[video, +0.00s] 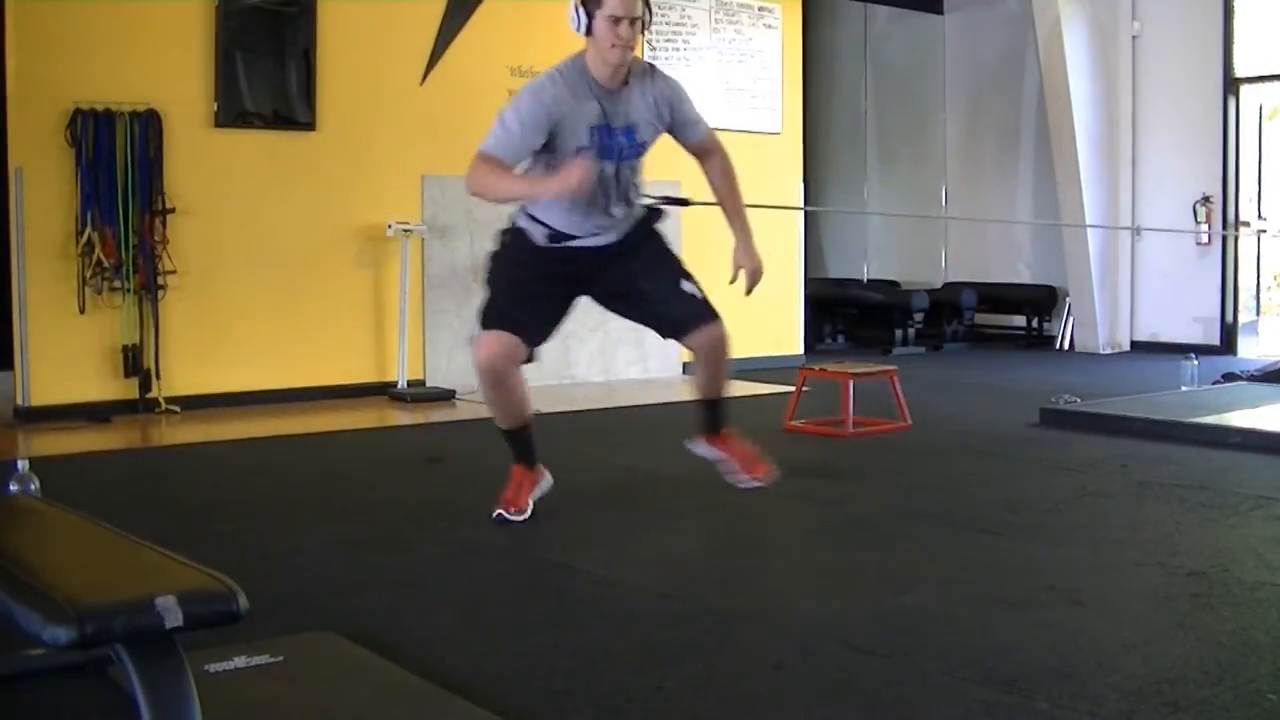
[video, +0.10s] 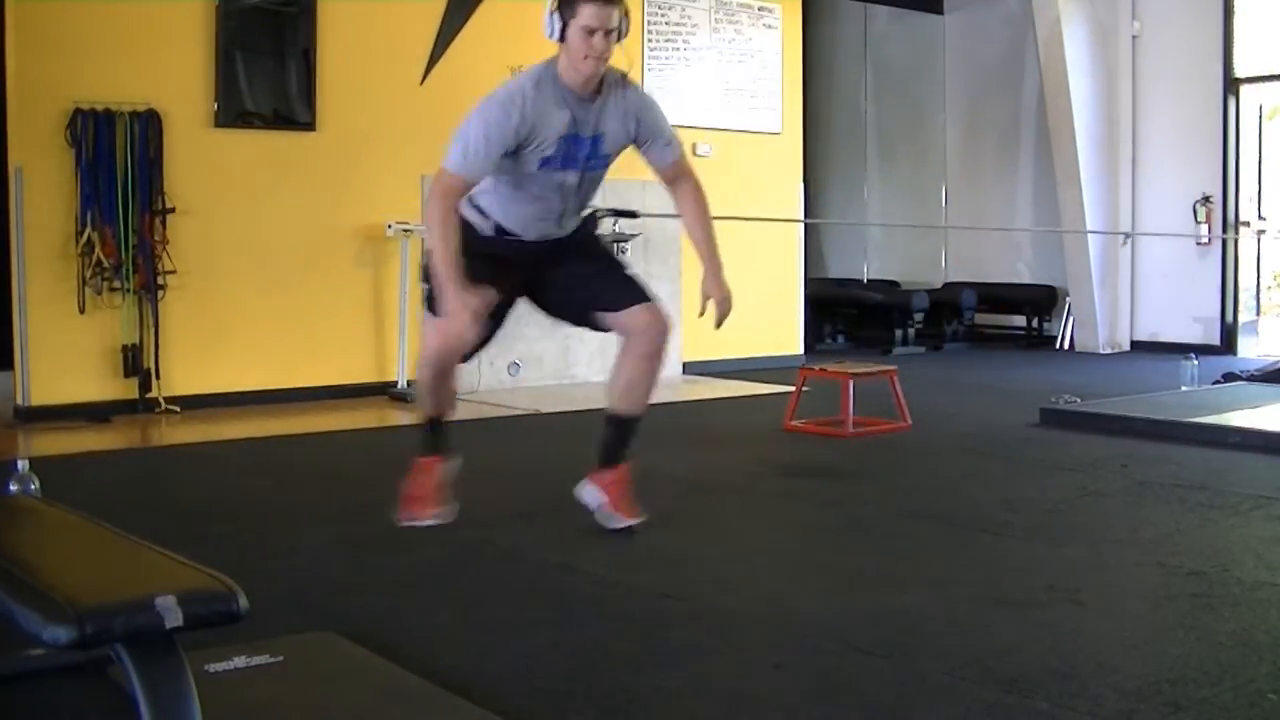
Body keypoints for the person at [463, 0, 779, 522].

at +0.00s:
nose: (626, 34)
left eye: (634, 22)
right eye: (615, 20)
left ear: (642, 28)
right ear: (586, 23)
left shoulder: (658, 90)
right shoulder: (549, 94)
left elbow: (710, 153)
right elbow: (479, 178)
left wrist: (743, 238)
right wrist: (551, 183)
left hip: (624, 243)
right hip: (542, 247)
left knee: (711, 338)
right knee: (492, 355)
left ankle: (712, 433)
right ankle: (527, 469)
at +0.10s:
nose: (600, 46)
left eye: (611, 34)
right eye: (589, 32)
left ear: (619, 38)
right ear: (560, 31)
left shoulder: (630, 103)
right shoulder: (515, 103)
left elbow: (680, 179)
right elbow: (443, 194)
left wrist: (713, 269)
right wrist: (454, 292)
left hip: (564, 246)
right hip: (486, 243)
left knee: (647, 327)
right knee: (440, 346)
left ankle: (608, 474)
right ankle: (433, 462)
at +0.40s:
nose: (431, 212)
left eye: (444, 199)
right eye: (419, 196)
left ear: (458, 200)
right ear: (391, 193)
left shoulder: (478, 243)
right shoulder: (352, 240)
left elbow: (551, 332)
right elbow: (269, 354)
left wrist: (580, 440)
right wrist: (212, 469)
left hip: (429, 320)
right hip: (346, 318)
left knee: (532, 371)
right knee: (273, 390)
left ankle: (573, 501)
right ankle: (185, 534)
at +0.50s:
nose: (371, 268)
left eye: (383, 254)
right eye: (359, 254)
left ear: (401, 246)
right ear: (331, 244)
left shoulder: (427, 281)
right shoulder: (298, 285)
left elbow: (477, 390)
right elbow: (227, 409)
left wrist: (495, 511)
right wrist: (171, 524)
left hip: (391, 317)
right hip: (298, 305)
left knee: (498, 382)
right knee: (221, 390)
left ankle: (570, 497)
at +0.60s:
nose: (359, 282)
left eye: (371, 268)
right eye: (347, 268)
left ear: (390, 257)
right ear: (320, 260)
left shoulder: (411, 298)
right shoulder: (277, 299)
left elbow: (440, 420)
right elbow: (221, 427)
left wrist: (460, 533)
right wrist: (170, 530)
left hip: (386, 314)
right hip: (286, 293)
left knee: (487, 392)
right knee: (210, 391)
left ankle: (565, 498)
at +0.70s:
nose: (411, 230)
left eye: (419, 214)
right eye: (394, 216)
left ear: (427, 211)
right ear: (356, 212)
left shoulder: (439, 261)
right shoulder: (309, 251)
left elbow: (483, 373)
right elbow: (235, 361)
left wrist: (496, 482)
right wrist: (186, 479)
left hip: (399, 316)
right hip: (312, 314)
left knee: (507, 375)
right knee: (242, 379)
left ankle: (565, 499)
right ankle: (189, 510)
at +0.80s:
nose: (487, 153)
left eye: (490, 140)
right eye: (475, 141)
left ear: (487, 141)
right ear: (434, 143)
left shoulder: (496, 204)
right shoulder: (373, 199)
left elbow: (529, 299)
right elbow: (274, 278)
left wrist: (523, 392)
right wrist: (218, 380)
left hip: (444, 298)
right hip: (354, 294)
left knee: (551, 372)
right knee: (284, 393)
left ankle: (574, 499)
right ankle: (184, 530)